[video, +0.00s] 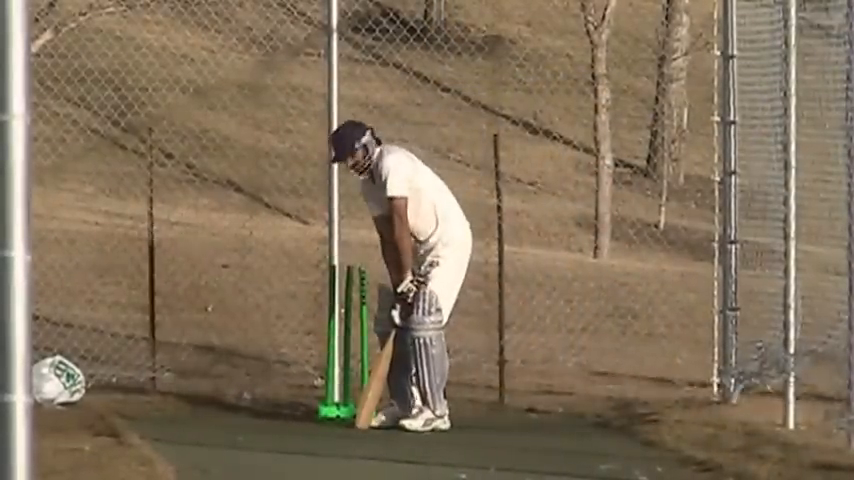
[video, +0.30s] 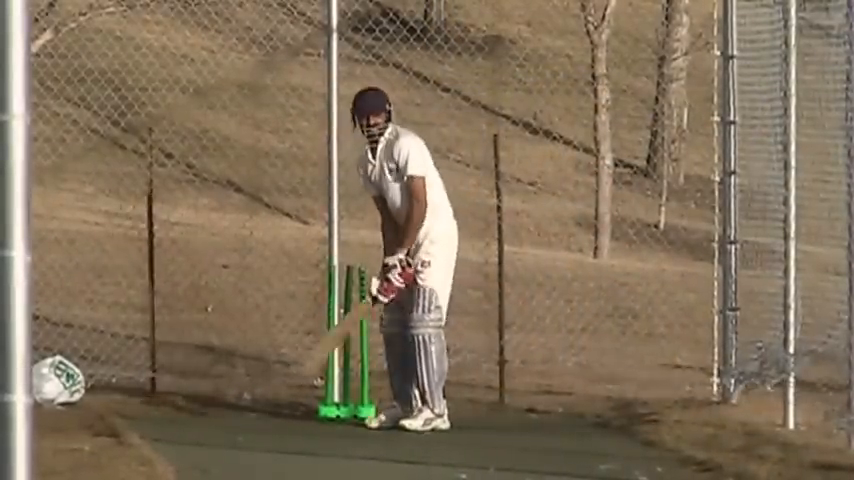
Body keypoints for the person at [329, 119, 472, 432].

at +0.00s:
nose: (352, 164)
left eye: (354, 156)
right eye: (347, 160)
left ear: (368, 146)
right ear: (347, 158)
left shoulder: (393, 163)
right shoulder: (369, 182)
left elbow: (401, 224)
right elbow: (385, 236)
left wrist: (407, 278)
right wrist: (399, 287)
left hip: (447, 243)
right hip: (418, 246)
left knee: (425, 321)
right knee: (399, 322)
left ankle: (434, 409)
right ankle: (403, 402)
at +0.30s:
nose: (371, 123)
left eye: (377, 115)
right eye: (363, 117)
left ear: (388, 115)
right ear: (356, 122)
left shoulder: (406, 145)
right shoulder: (367, 162)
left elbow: (420, 203)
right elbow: (387, 217)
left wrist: (402, 252)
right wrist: (388, 263)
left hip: (432, 243)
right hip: (404, 247)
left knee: (423, 323)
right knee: (394, 323)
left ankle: (433, 408)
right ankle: (405, 403)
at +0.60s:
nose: (374, 119)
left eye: (381, 113)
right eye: (368, 113)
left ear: (393, 110)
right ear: (360, 115)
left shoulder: (408, 142)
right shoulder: (363, 151)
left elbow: (424, 198)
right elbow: (381, 202)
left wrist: (406, 248)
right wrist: (386, 248)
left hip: (428, 240)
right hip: (400, 244)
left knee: (420, 318)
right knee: (389, 321)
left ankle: (434, 407)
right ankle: (404, 404)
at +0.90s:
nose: (367, 136)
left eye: (372, 129)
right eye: (361, 132)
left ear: (385, 118)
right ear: (354, 128)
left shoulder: (405, 142)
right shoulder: (365, 152)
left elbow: (418, 199)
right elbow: (387, 205)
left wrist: (407, 251)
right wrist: (389, 253)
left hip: (433, 243)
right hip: (405, 247)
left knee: (426, 324)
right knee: (394, 324)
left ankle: (434, 409)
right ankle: (404, 404)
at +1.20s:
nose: (349, 187)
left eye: (351, 180)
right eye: (344, 183)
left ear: (363, 163)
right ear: (348, 170)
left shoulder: (390, 166)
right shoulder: (359, 185)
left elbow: (402, 223)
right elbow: (381, 237)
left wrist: (410, 277)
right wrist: (400, 283)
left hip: (444, 240)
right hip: (411, 246)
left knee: (430, 321)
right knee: (396, 324)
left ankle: (435, 409)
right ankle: (404, 403)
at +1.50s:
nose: (349, 172)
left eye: (353, 164)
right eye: (343, 167)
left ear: (366, 152)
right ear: (339, 165)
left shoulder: (390, 168)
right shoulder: (358, 187)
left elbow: (403, 226)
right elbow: (382, 237)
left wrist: (410, 278)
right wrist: (400, 285)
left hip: (446, 243)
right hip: (414, 248)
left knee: (429, 320)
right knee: (393, 323)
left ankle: (435, 409)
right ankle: (404, 403)